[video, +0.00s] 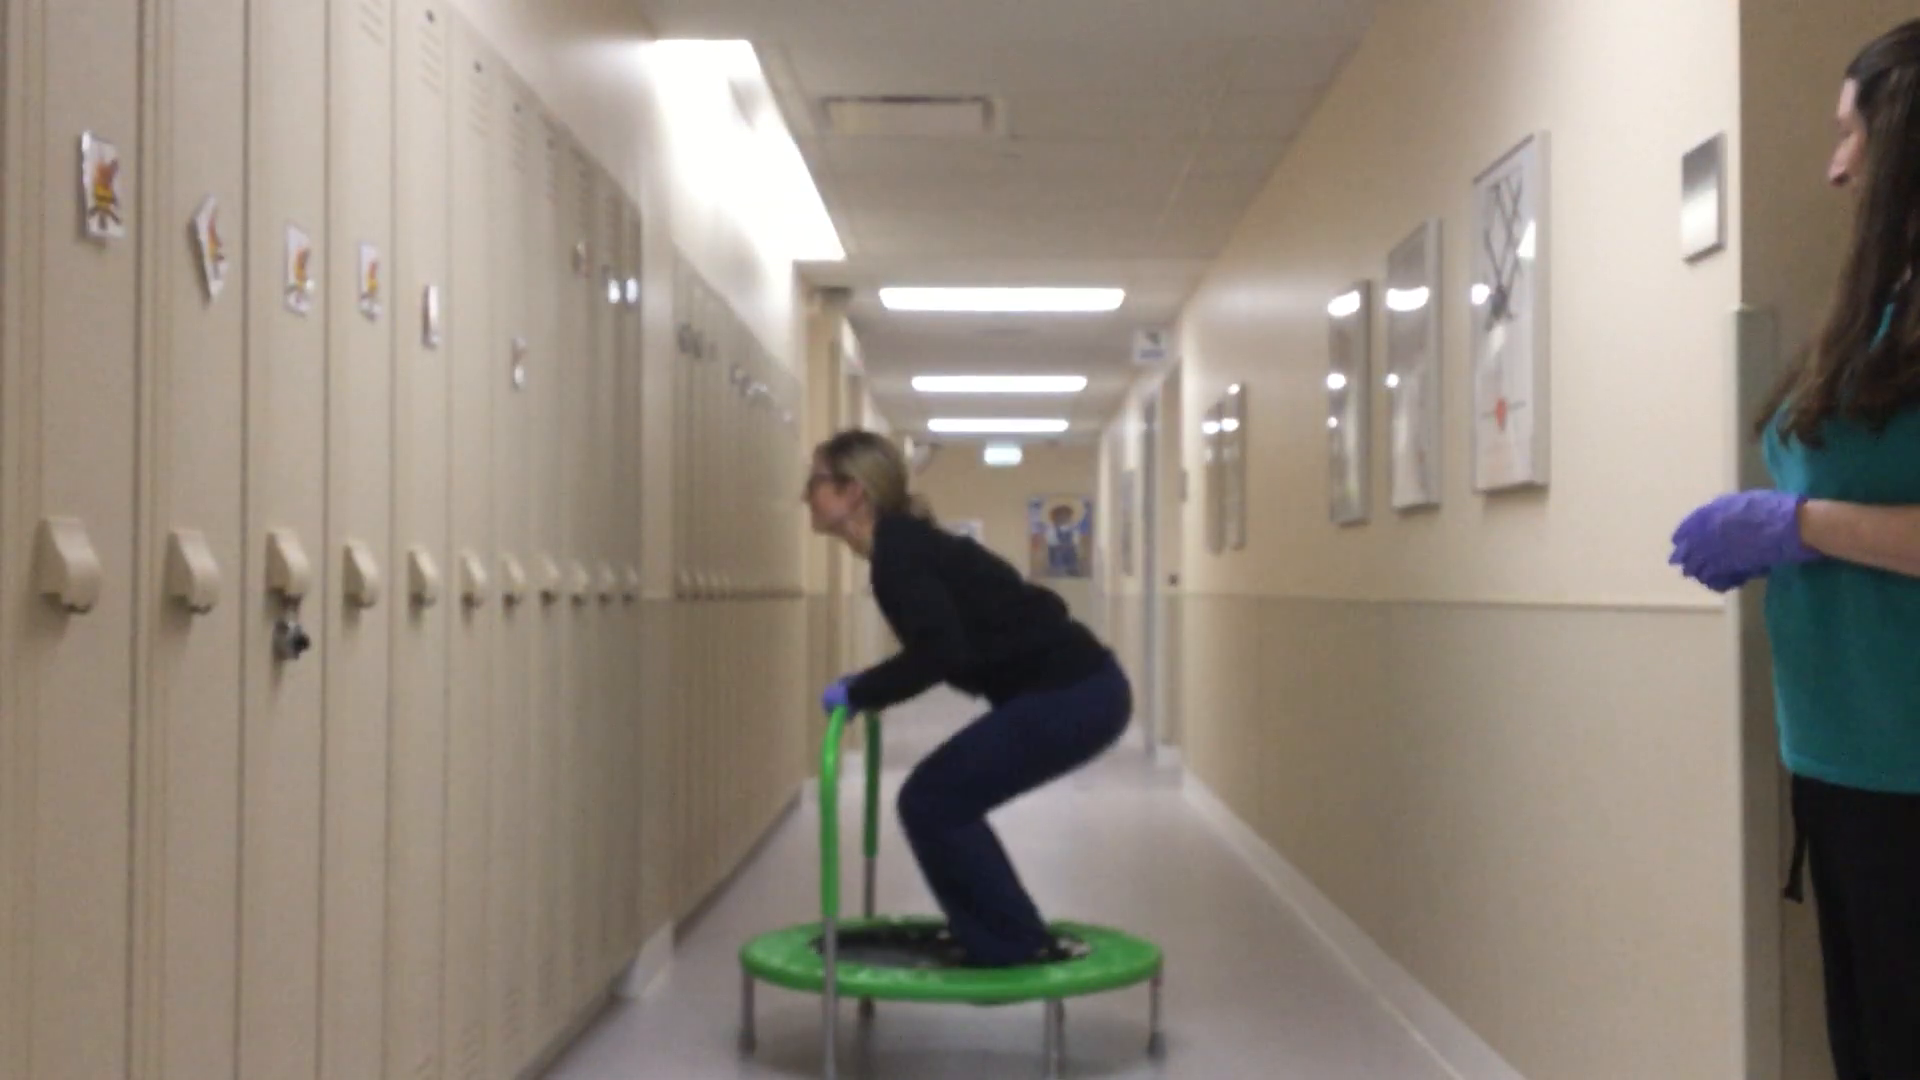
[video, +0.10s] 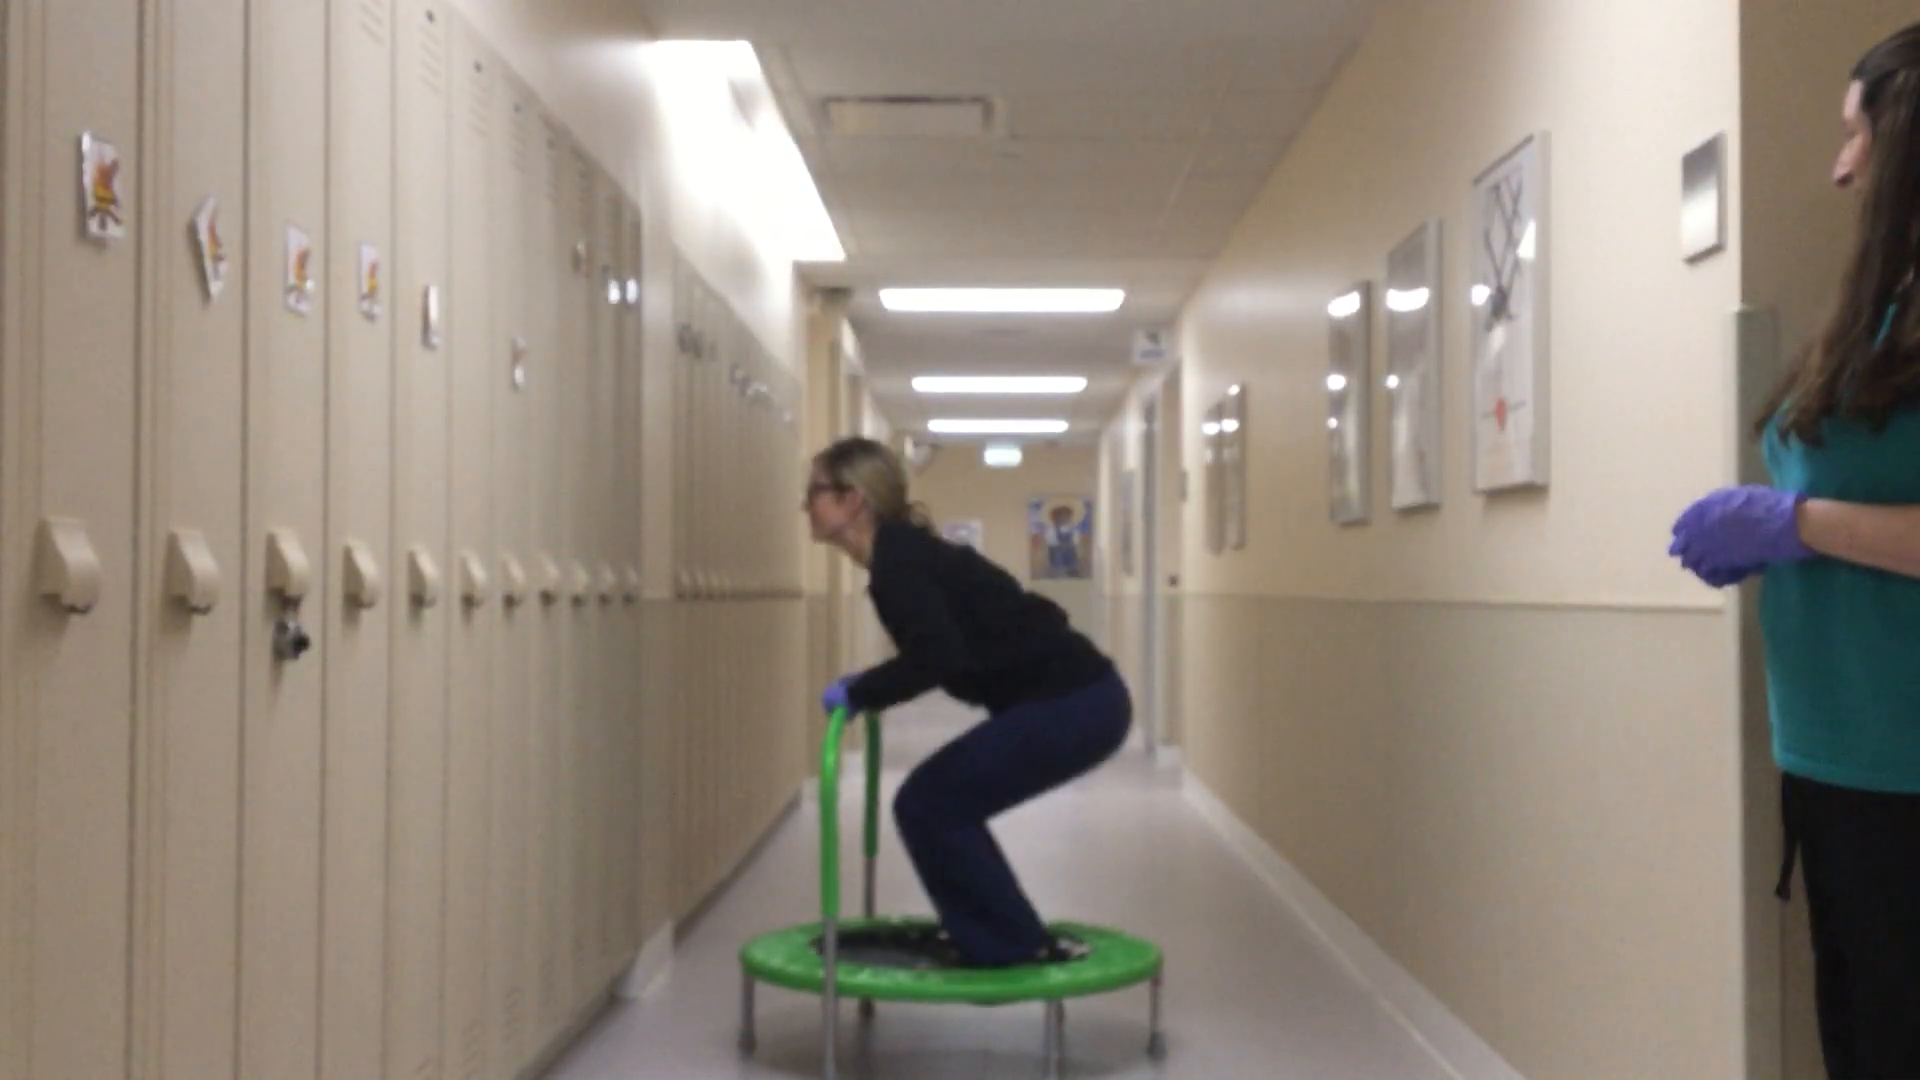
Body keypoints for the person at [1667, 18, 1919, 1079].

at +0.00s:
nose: (1836, 166)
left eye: (1853, 133)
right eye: (1840, 133)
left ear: (1904, 140)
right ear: (1884, 142)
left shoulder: (1907, 314)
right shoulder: (1871, 311)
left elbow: (1913, 530)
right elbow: (1867, 507)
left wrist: (1795, 520)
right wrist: (1771, 526)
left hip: (1899, 764)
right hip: (1837, 755)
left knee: (1894, 1040)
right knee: (1861, 1038)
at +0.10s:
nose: (1839, 167)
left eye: (1856, 135)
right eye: (1844, 135)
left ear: (1906, 143)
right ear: (1886, 145)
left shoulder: (1906, 317)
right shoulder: (1870, 314)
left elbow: (1913, 530)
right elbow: (1863, 504)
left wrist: (1794, 519)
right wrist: (1765, 526)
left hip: (1894, 763)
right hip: (1830, 753)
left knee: (1889, 1040)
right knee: (1853, 1035)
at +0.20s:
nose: (1845, 169)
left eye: (1862, 137)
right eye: (1850, 137)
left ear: (1910, 145)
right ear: (1890, 147)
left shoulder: (1908, 321)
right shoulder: (1871, 317)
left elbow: (1913, 533)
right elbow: (1863, 505)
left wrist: (1795, 519)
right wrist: (1764, 519)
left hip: (1889, 762)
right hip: (1817, 751)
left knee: (1886, 1044)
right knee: (1838, 1040)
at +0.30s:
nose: (1852, 176)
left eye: (1869, 145)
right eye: (1857, 145)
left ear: (1916, 154)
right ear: (1887, 155)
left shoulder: (1908, 333)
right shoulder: (1871, 328)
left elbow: (1913, 540)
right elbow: (1863, 511)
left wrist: (1794, 523)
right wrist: (1762, 523)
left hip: (1886, 763)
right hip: (1805, 751)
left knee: (1881, 1039)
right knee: (1817, 1035)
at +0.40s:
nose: (1859, 180)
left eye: (1874, 149)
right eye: (1863, 149)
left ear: (1918, 159)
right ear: (1890, 161)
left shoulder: (1906, 351)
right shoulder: (1868, 342)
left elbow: (1913, 546)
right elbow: (1862, 517)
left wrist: (1791, 526)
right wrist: (1765, 521)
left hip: (1884, 768)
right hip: (1799, 755)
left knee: (1876, 1041)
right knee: (1808, 1038)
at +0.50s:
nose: (1861, 177)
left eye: (1875, 146)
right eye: (1865, 146)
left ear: (1914, 154)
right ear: (1891, 155)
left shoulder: (1903, 344)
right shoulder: (1869, 337)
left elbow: (1912, 545)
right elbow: (1864, 516)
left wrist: (1785, 522)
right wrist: (1764, 512)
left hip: (1881, 766)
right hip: (1800, 753)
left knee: (1875, 1041)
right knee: (1810, 1037)